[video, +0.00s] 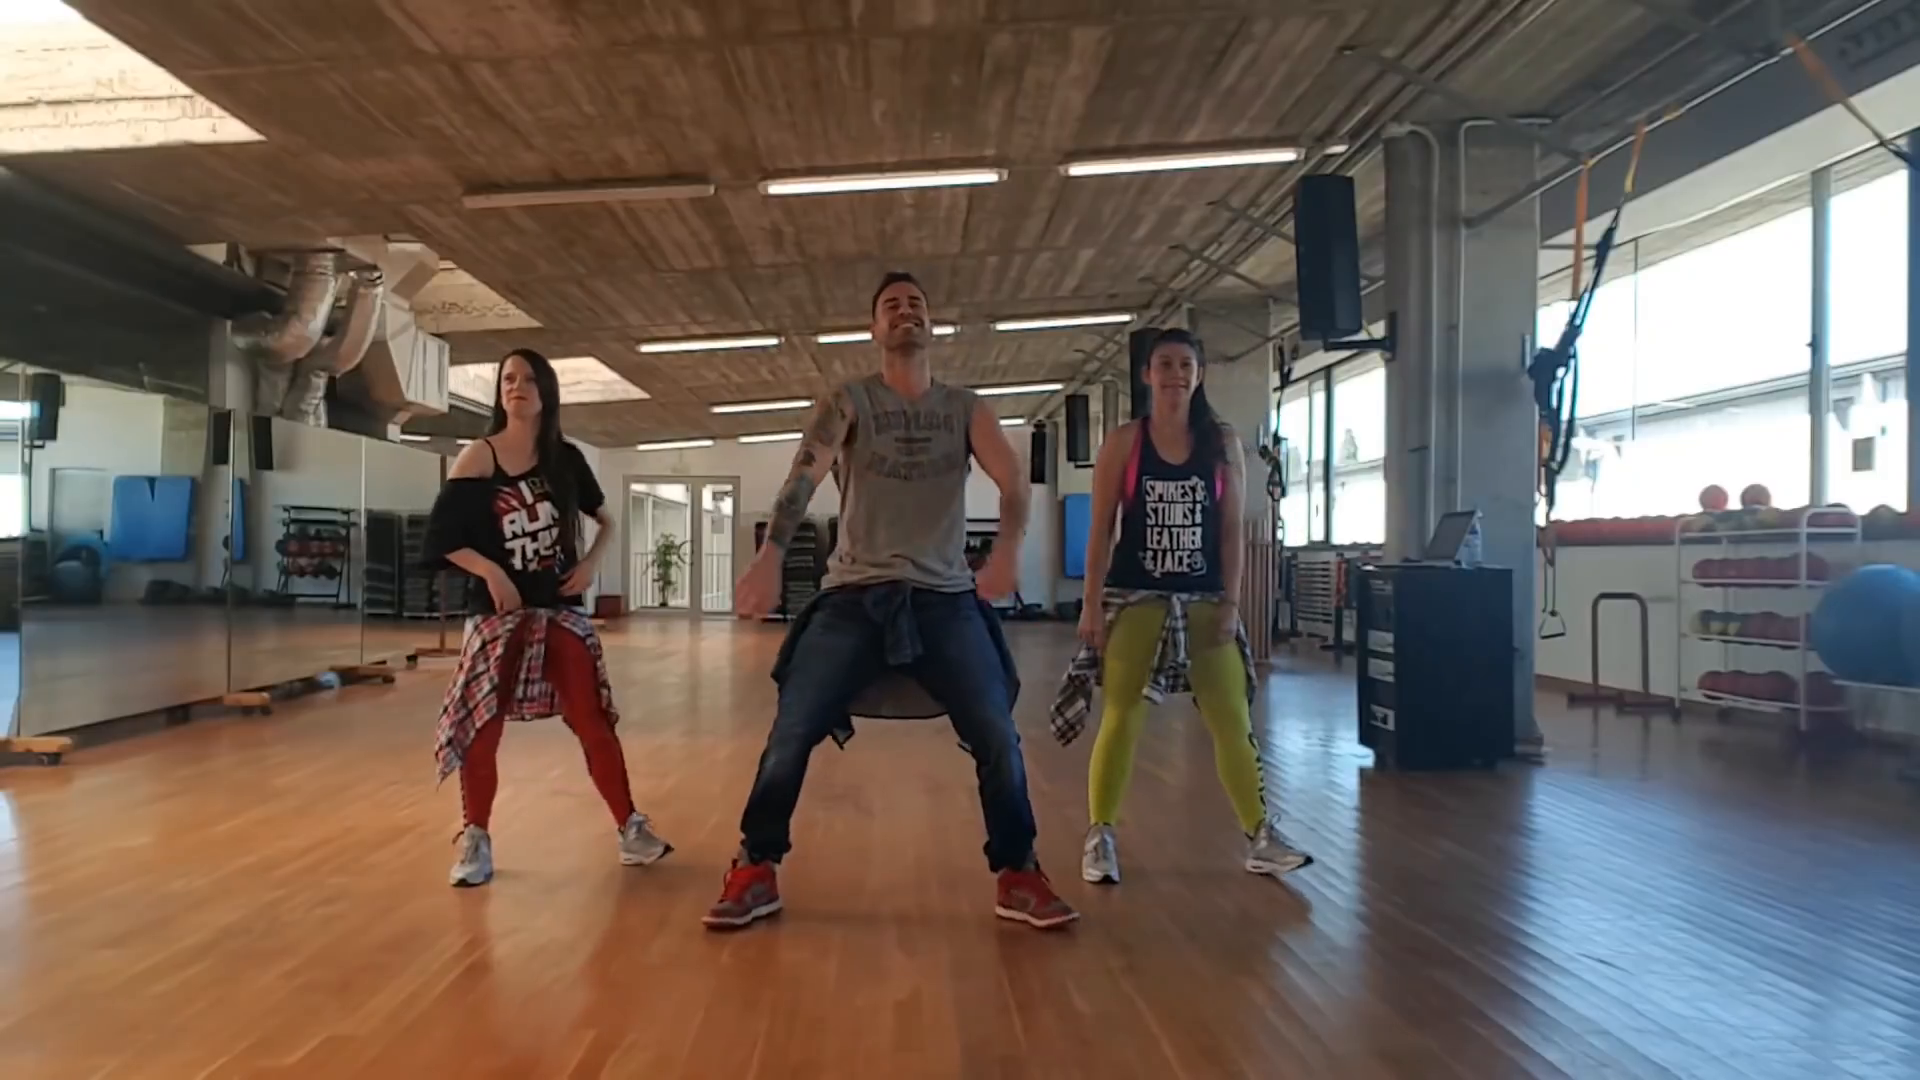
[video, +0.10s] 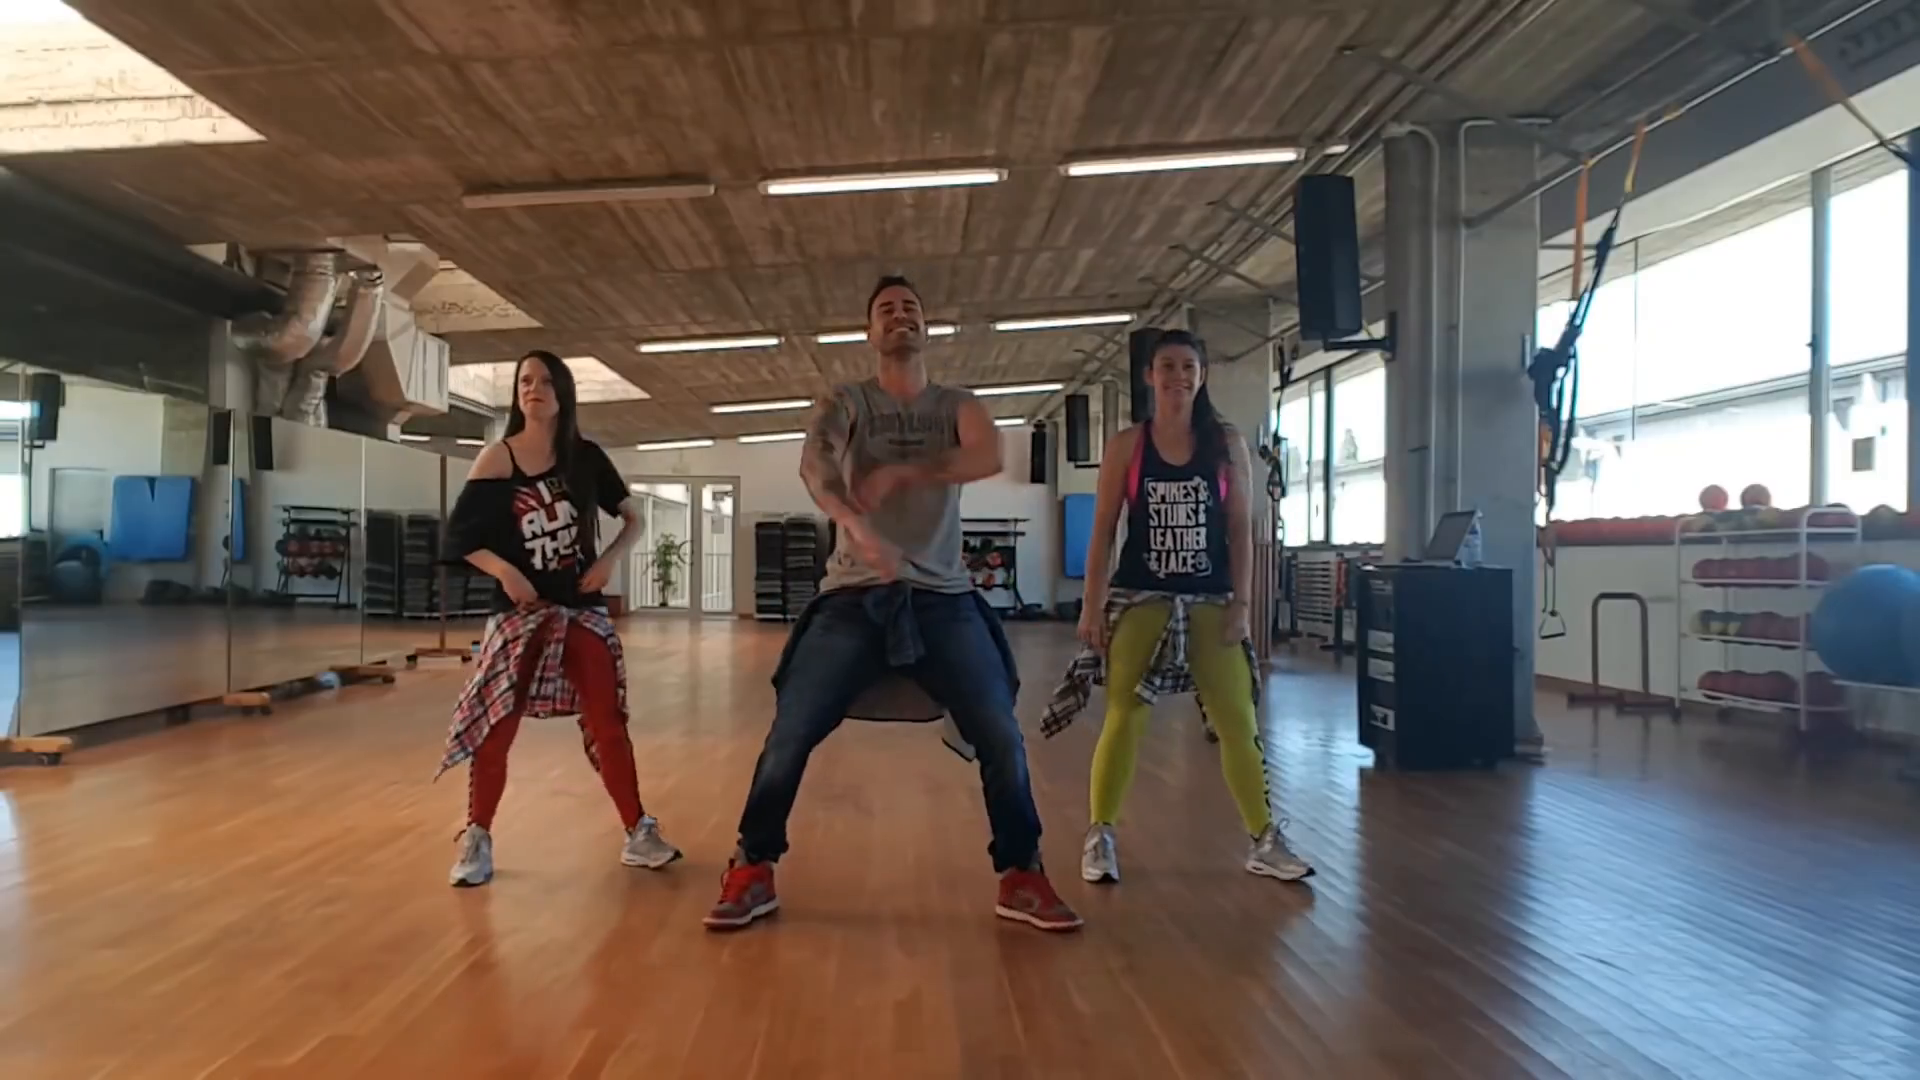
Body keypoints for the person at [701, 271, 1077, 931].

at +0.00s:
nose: (905, 310)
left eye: (914, 303)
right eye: (891, 304)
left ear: (931, 325)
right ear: (873, 329)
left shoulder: (965, 403)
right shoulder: (847, 401)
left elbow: (1013, 482)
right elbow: (801, 481)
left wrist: (1005, 558)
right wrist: (767, 559)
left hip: (943, 592)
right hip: (854, 591)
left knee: (995, 731)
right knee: (793, 723)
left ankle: (1017, 875)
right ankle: (755, 870)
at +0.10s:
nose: (900, 313)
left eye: (909, 306)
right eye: (886, 308)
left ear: (927, 329)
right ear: (869, 334)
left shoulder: (957, 403)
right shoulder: (841, 405)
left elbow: (986, 457)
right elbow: (814, 470)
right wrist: (856, 526)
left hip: (942, 595)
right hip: (851, 597)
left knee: (997, 728)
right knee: (792, 726)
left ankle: (1021, 876)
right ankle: (752, 869)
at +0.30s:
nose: (906, 314)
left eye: (916, 308)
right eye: (893, 308)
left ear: (932, 329)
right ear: (873, 331)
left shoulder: (957, 400)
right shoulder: (843, 400)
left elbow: (956, 445)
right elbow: (841, 471)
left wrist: (870, 444)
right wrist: (937, 462)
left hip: (949, 593)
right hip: (858, 591)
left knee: (1005, 730)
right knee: (795, 731)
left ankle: (1031, 873)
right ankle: (753, 871)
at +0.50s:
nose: (912, 313)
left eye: (921, 306)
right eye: (900, 307)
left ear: (937, 328)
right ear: (880, 331)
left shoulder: (964, 403)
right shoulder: (853, 401)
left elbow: (976, 464)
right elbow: (845, 472)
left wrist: (887, 449)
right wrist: (936, 472)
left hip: (956, 592)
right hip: (864, 590)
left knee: (1006, 733)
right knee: (803, 728)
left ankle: (1031, 874)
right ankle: (762, 873)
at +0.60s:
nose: (913, 322)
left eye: (923, 314)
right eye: (901, 314)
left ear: (939, 330)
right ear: (882, 332)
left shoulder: (965, 406)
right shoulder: (855, 402)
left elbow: (976, 465)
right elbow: (848, 473)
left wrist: (890, 450)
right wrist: (938, 473)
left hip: (955, 595)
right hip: (864, 593)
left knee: (1006, 736)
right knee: (805, 732)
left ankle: (1030, 874)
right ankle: (761, 874)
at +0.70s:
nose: (915, 321)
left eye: (924, 313)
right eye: (903, 313)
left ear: (940, 330)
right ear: (883, 332)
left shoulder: (966, 407)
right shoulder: (857, 402)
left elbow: (976, 467)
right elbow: (847, 472)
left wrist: (889, 449)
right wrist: (942, 474)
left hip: (955, 594)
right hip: (864, 591)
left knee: (1006, 736)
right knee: (804, 730)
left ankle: (1030, 874)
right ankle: (760, 872)